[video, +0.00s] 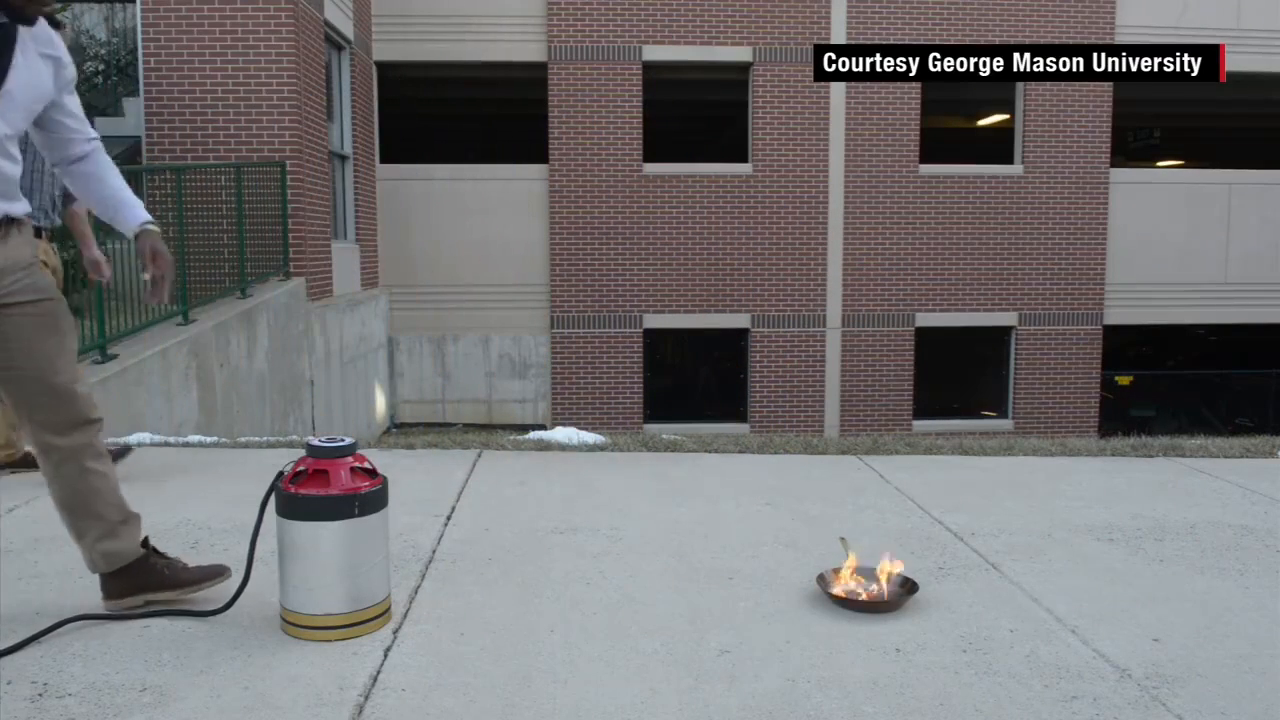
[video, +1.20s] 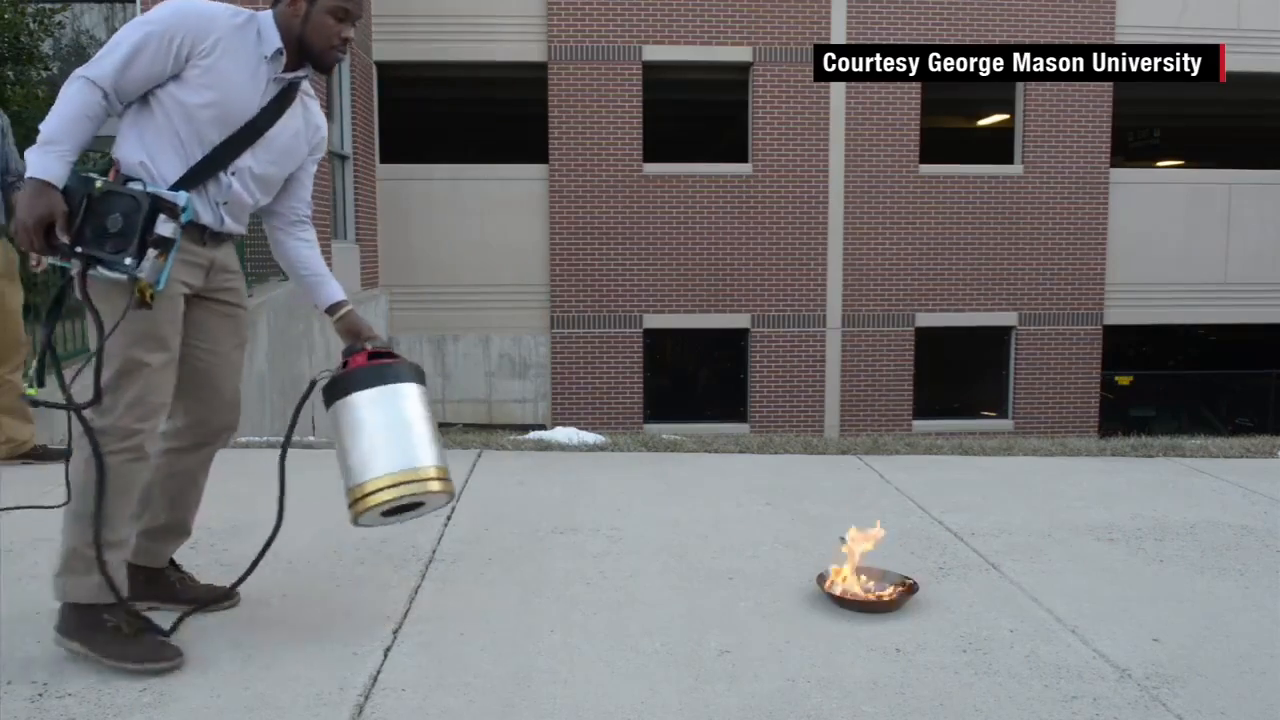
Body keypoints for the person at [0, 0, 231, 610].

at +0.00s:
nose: (55, 1)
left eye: (54, 4)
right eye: (48, 1)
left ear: (31, 3)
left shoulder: (41, 43)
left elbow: (78, 149)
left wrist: (139, 225)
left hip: (10, 243)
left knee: (61, 408)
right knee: (57, 410)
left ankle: (123, 562)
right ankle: (123, 561)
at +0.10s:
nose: (100, 10)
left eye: (105, 1)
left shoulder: (81, 72)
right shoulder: (1, 29)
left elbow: (113, 176)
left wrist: (172, 262)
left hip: (18, 250)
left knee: (75, 414)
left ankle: (130, 566)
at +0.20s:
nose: (169, 54)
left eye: (179, 42)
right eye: (161, 35)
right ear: (111, 7)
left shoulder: (145, 115)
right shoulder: (16, 25)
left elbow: (170, 218)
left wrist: (225, 316)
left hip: (43, 263)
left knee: (105, 412)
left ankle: (136, 568)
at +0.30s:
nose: (214, 80)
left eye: (222, 67)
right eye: (206, 60)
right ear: (156, 35)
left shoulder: (183, 145)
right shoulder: (43, 40)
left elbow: (206, 248)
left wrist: (260, 349)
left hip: (69, 268)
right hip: (2, 262)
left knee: (127, 405)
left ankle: (139, 568)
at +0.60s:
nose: (307, 121)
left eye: (315, 109)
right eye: (300, 101)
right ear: (253, 77)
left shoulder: (264, 189)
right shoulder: (138, 70)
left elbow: (274, 292)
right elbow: (20, 115)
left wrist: (315, 398)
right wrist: (1, 188)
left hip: (136, 278)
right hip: (46, 256)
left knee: (190, 409)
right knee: (2, 420)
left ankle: (142, 569)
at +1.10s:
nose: (352, 60)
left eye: (358, 49)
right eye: (342, 40)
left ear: (350, 55)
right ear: (293, 25)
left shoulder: (304, 149)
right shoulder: (197, 38)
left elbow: (290, 251)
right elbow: (89, 88)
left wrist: (332, 346)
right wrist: (18, 172)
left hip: (199, 267)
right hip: (115, 243)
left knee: (208, 415)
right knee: (74, 422)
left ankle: (144, 570)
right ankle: (13, 597)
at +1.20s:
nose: (350, 35)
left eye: (356, 23)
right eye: (340, 17)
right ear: (293, 6)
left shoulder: (307, 124)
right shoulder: (205, 26)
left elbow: (291, 227)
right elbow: (97, 83)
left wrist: (342, 311)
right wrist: (43, 176)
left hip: (215, 261)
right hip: (139, 241)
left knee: (207, 415)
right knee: (127, 418)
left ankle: (147, 566)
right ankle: (87, 601)